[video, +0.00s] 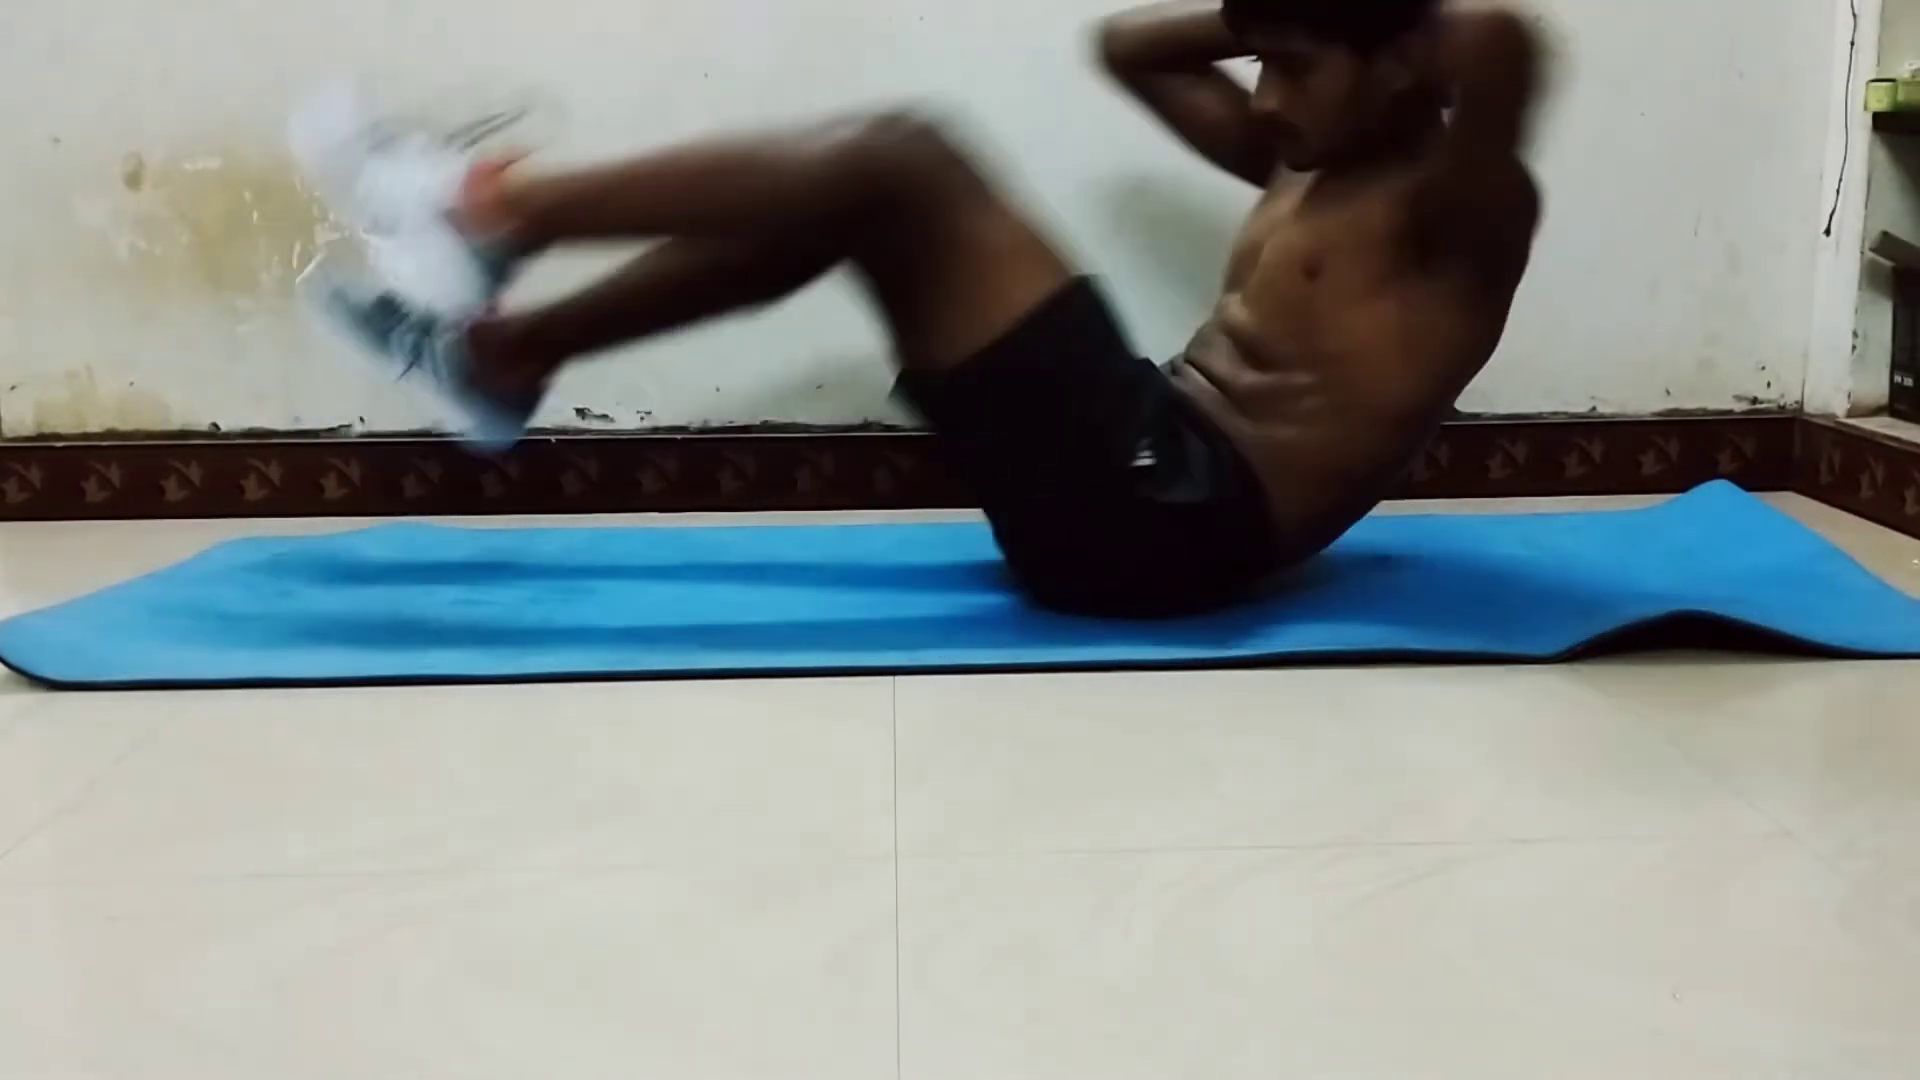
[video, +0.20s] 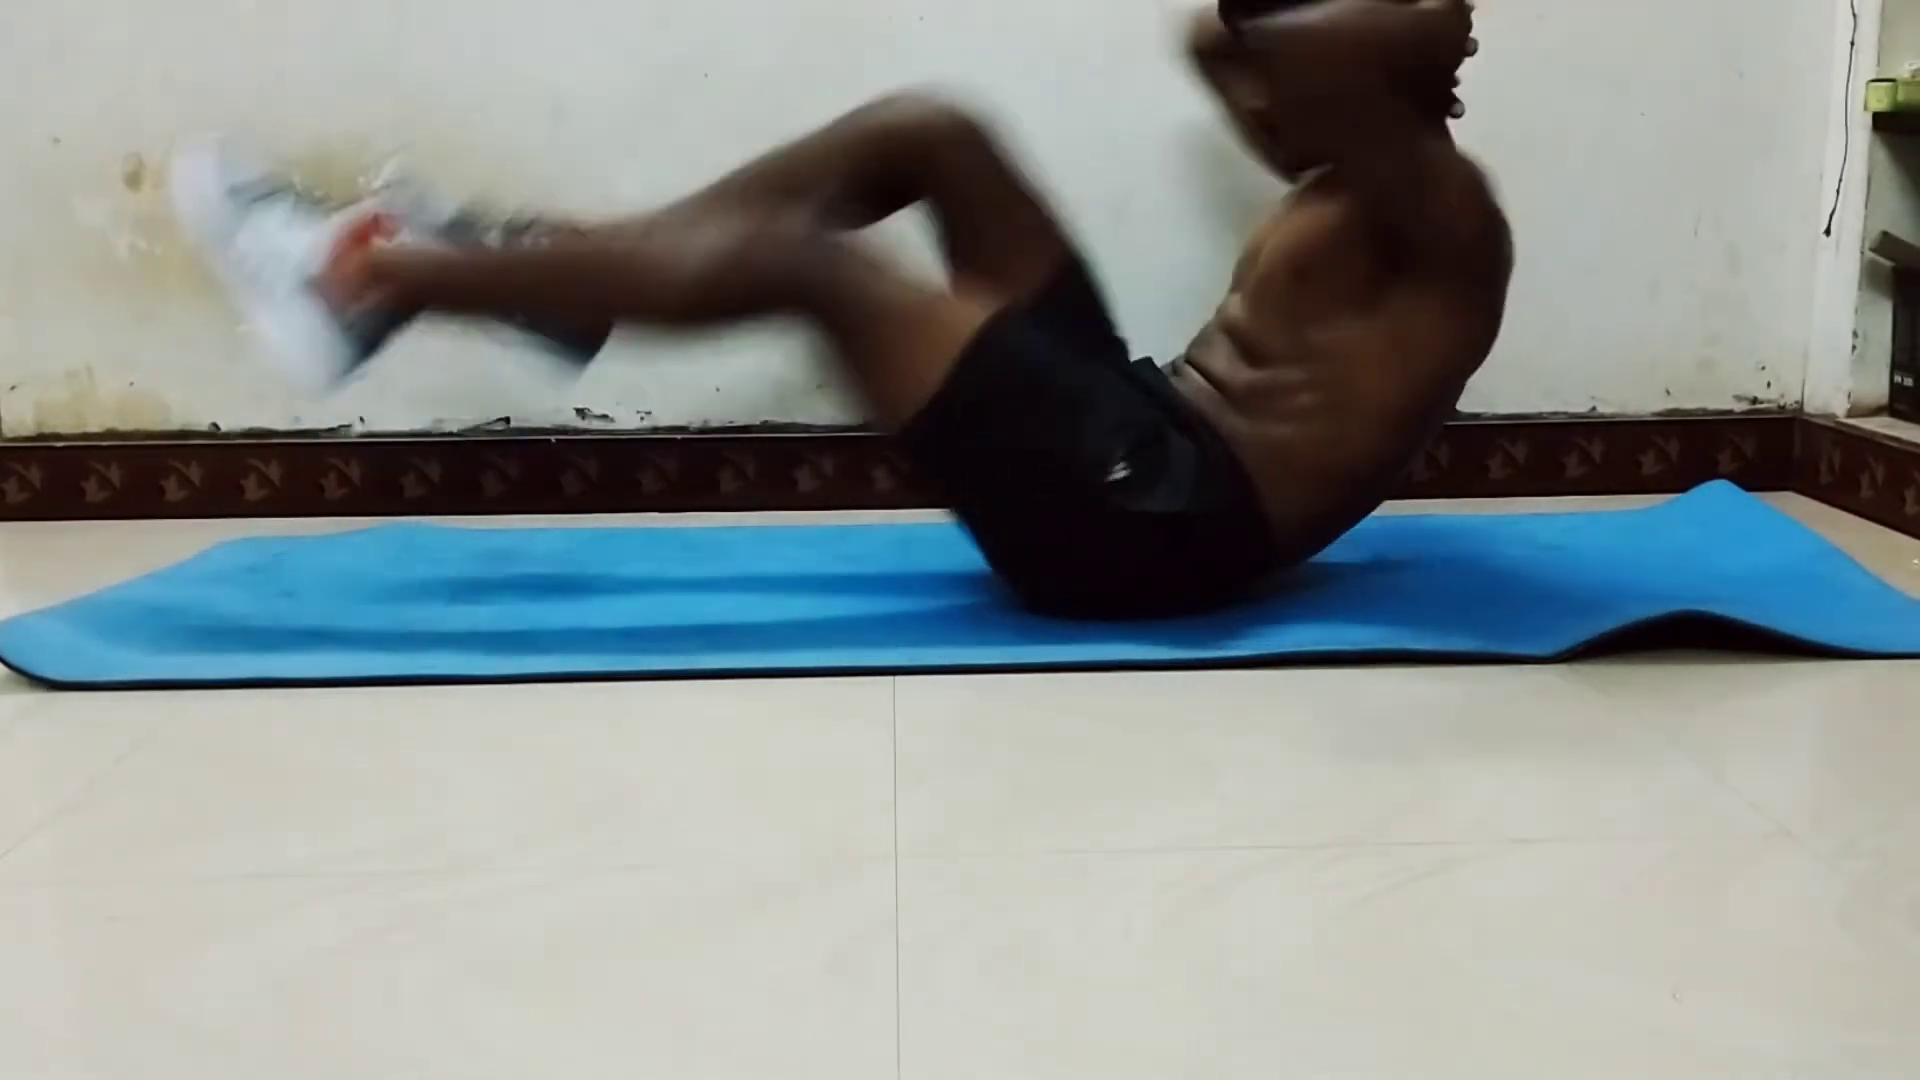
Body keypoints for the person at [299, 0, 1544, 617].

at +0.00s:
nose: (1273, 96)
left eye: (1297, 68)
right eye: (1266, 66)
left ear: (1394, 67)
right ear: (1289, 71)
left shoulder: (1465, 215)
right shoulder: (1308, 166)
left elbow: (1507, 46)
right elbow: (1125, 52)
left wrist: (1440, 64)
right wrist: (1269, 39)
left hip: (1179, 524)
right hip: (1127, 475)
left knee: (909, 162)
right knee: (897, 169)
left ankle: (492, 205)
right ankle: (507, 356)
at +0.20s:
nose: (1252, 110)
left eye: (1278, 77)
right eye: (1250, 88)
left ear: (1402, 68)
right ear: (1359, 80)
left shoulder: (1441, 220)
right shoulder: (1355, 194)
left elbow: (1368, 152)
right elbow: (1281, 125)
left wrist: (1242, 65)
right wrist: (1241, 70)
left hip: (1159, 514)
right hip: (1127, 438)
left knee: (807, 247)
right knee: (934, 135)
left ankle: (370, 276)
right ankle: (592, 282)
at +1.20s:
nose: (1295, 92)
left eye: (1322, 60)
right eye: (1289, 61)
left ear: (1435, 59)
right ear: (1348, 71)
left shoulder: (1449, 192)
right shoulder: (1329, 177)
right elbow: (1128, 99)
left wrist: (1421, 58)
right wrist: (1281, 55)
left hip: (1157, 508)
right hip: (1104, 475)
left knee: (1023, 102)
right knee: (757, 332)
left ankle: (632, 183)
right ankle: (370, 337)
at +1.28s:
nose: (1299, 93)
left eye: (1329, 64)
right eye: (1294, 68)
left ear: (1418, 72)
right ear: (1301, 84)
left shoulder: (1456, 202)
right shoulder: (1293, 175)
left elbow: (1510, 33)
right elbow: (1115, 93)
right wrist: (1255, 58)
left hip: (1155, 513)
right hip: (1085, 456)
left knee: (1091, 100)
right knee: (744, 373)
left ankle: (678, 144)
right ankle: (364, 359)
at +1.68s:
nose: (1282, 95)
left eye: (1310, 68)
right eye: (1276, 71)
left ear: (1399, 71)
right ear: (1289, 75)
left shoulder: (1472, 207)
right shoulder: (1272, 151)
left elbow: (1617, 48)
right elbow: (1055, 41)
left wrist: (1478, 26)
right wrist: (1255, 35)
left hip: (1176, 518)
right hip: (1102, 459)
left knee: (1046, 129)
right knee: (772, 307)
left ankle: (633, 143)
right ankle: (435, 453)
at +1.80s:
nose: (1269, 92)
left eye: (1295, 63)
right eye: (1265, 65)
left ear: (1398, 58)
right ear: (1283, 63)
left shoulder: (1458, 217)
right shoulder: (1299, 155)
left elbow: (1491, 61)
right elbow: (1119, 25)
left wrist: (1435, 41)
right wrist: (1270, 19)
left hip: (1169, 524)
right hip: (1110, 481)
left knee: (907, 169)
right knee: (852, 223)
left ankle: (489, 200)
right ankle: (495, 414)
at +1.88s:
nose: (1242, 92)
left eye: (1272, 65)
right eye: (1243, 71)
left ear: (1395, 65)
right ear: (1362, 68)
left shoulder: (1426, 218)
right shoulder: (1352, 186)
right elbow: (1226, 62)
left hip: (1150, 520)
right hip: (1124, 440)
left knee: (797, 267)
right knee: (900, 155)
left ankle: (347, 277)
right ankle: (587, 344)